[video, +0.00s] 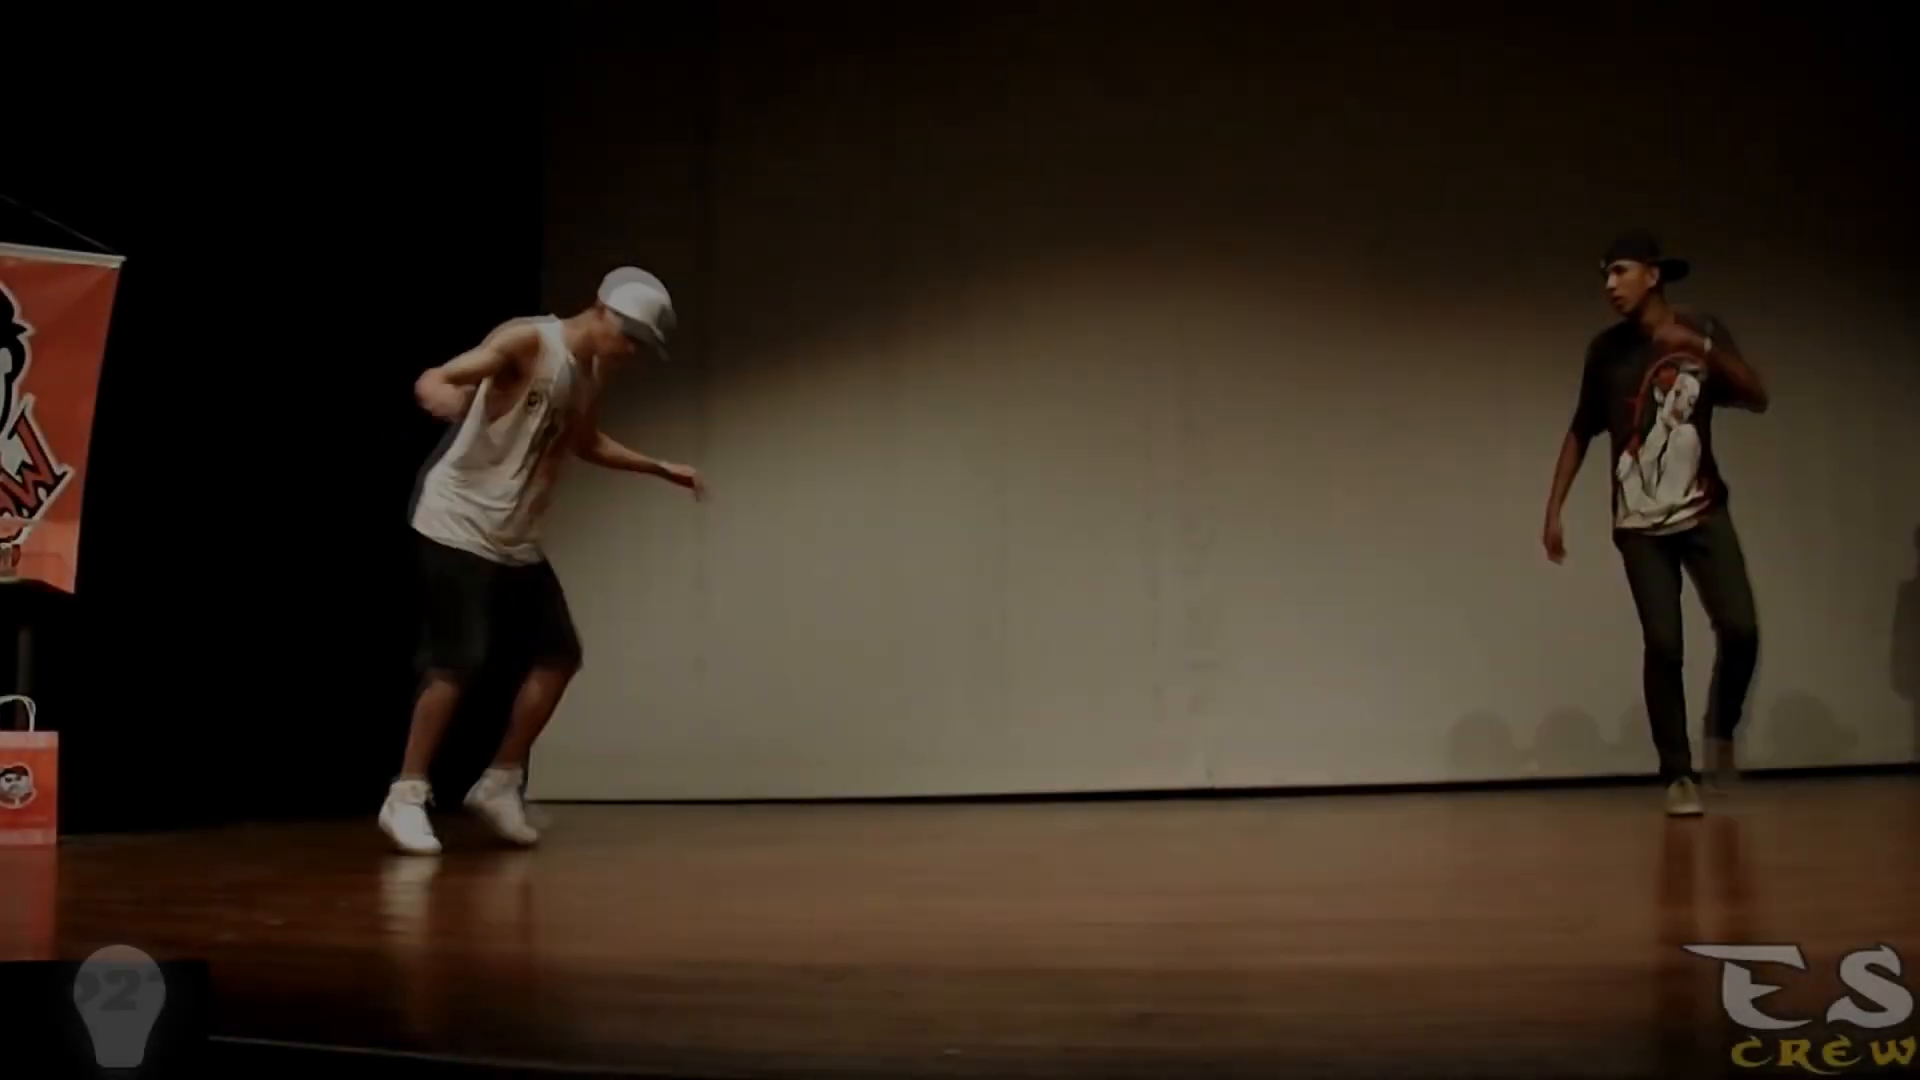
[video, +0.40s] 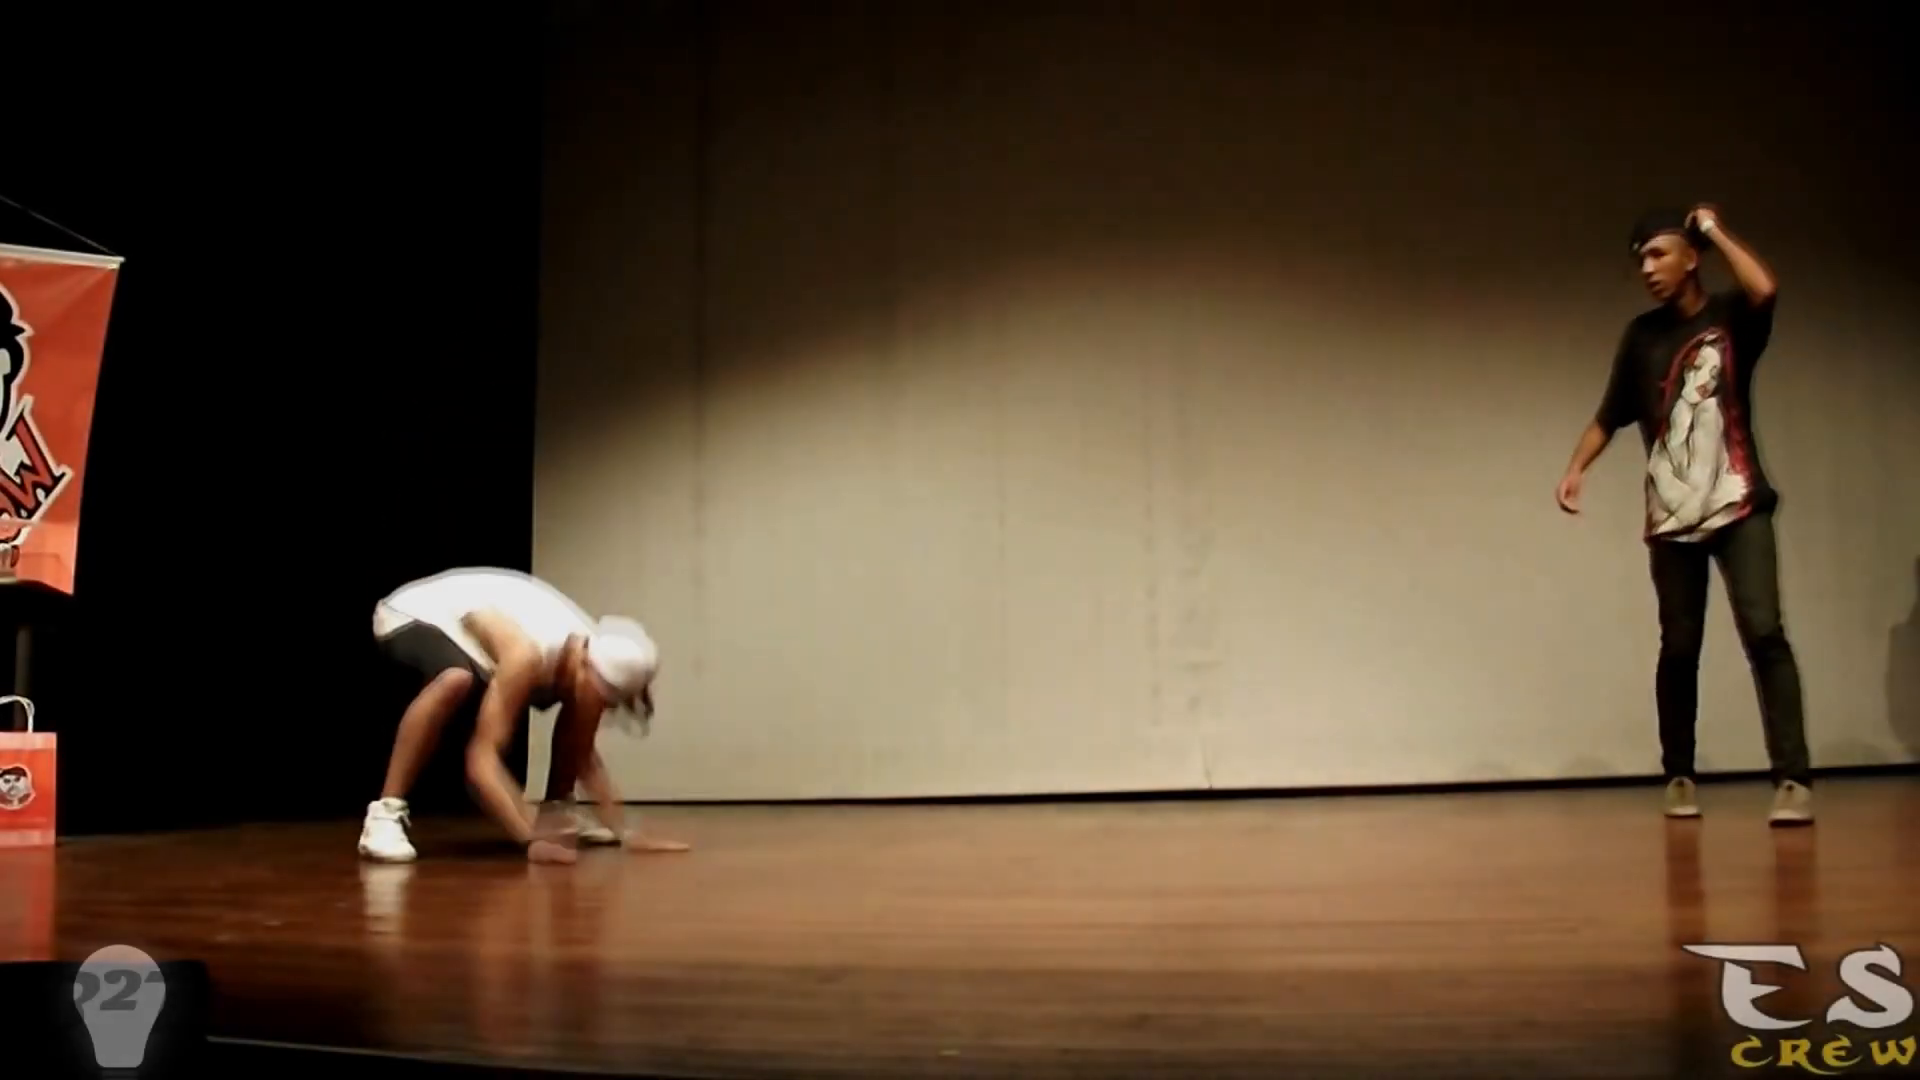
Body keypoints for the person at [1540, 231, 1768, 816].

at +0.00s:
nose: (1610, 284)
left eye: (1621, 272)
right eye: (1608, 274)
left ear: (1654, 277)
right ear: (1617, 284)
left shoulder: (1701, 335)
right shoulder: (1606, 349)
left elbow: (1756, 397)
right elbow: (1581, 431)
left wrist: (1700, 350)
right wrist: (1552, 510)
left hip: (1702, 513)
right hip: (1640, 524)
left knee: (1740, 631)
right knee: (1664, 646)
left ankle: (1720, 735)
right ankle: (1677, 776)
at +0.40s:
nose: (1648, 268)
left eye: (1658, 255)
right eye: (1642, 259)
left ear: (1692, 257)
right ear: (1642, 269)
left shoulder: (1733, 319)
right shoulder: (1642, 333)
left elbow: (1763, 290)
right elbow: (1609, 416)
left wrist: (1717, 233)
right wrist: (1574, 468)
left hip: (1739, 502)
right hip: (1671, 512)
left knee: (1763, 633)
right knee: (1679, 645)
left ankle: (1792, 782)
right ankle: (1679, 778)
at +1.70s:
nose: (1661, 160)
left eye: (1673, 145)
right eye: (1658, 150)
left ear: (1715, 148)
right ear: (1668, 164)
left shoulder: (1768, 218)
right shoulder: (1686, 248)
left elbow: (1740, 186)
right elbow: (1674, 365)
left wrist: (1718, 118)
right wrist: (1604, 421)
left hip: (1778, 456)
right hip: (1706, 469)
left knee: (1804, 618)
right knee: (1713, 637)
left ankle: (1872, 799)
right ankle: (1752, 794)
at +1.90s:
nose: (1641, 140)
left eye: (1651, 126)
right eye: (1639, 132)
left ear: (1696, 132)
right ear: (1679, 139)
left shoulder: (1753, 190)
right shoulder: (1678, 231)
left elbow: (1691, 196)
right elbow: (1665, 347)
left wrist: (1601, 133)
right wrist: (1562, 371)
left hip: (1779, 441)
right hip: (1708, 444)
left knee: (1813, 616)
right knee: (1658, 600)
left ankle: (1874, 799)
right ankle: (1736, 775)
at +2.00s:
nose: (1619, 150)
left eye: (1630, 135)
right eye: (1619, 139)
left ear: (1674, 135)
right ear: (1662, 144)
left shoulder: (1731, 188)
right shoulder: (1666, 228)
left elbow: (1641, 208)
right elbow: (1640, 343)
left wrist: (1521, 184)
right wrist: (1533, 363)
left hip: (1769, 438)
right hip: (1701, 444)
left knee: (1809, 615)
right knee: (1647, 604)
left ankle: (1875, 801)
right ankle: (1682, 796)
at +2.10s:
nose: (1588, 158)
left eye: (1600, 143)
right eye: (1589, 146)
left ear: (1644, 143)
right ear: (1632, 152)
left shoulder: (1700, 193)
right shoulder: (1644, 238)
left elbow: (1603, 238)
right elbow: (1608, 343)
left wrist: (1473, 250)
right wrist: (1510, 368)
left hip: (1747, 447)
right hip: (1681, 454)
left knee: (1792, 619)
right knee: (1632, 610)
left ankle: (1872, 798)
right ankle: (1641, 805)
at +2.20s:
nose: (1545, 165)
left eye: (1558, 150)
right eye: (1546, 153)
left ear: (1602, 153)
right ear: (1589, 161)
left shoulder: (1661, 208)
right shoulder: (1614, 247)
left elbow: (1565, 276)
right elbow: (1573, 353)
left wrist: (1442, 301)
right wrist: (1479, 380)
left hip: (1717, 467)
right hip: (1650, 473)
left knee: (1757, 623)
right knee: (1609, 619)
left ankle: (1864, 788)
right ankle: (1637, 811)